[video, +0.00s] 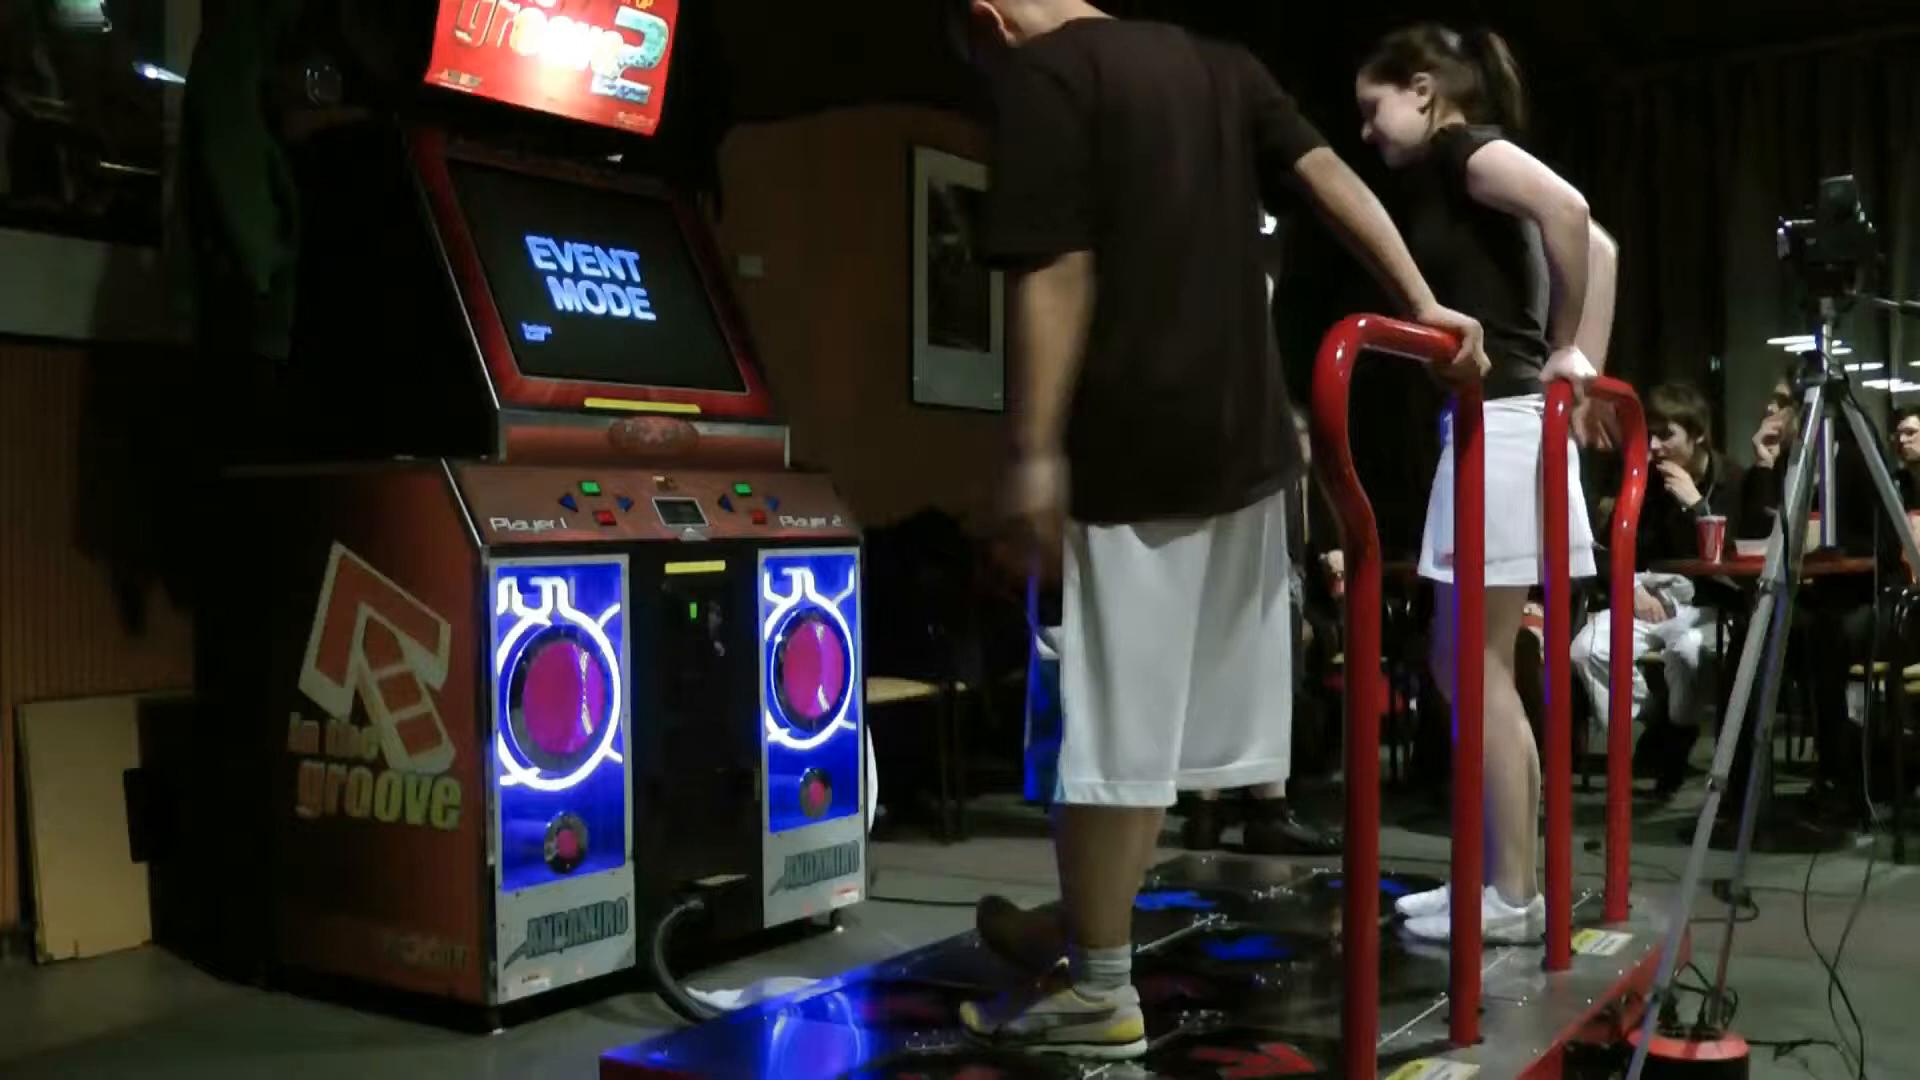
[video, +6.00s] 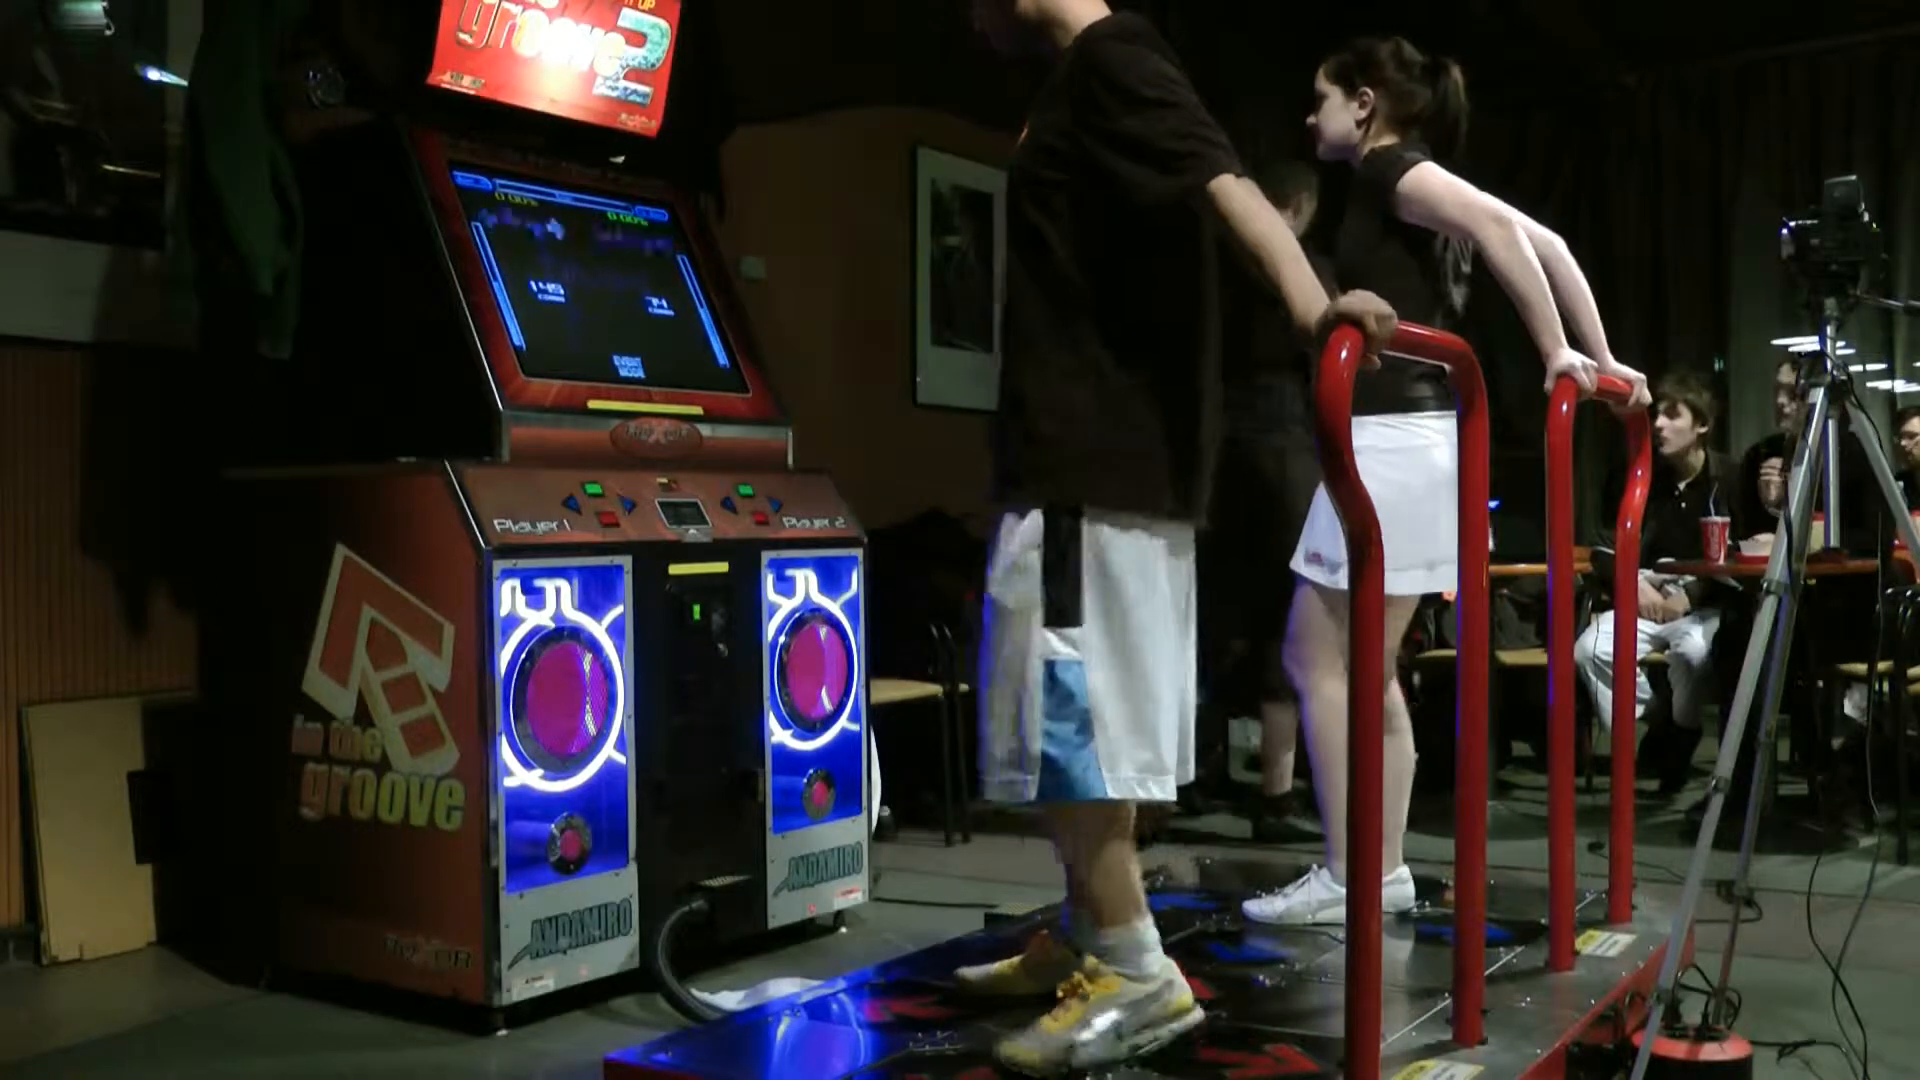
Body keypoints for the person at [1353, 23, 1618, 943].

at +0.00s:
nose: (1369, 124)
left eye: (1376, 104)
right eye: (1366, 108)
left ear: (1423, 90)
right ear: (1434, 97)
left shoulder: (1460, 149)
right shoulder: (1484, 162)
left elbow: (1567, 211)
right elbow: (1602, 242)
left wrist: (1574, 349)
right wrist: (1588, 361)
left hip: (1501, 429)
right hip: (1514, 426)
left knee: (1480, 667)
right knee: (1491, 667)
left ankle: (1509, 891)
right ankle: (1517, 885)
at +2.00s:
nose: (1311, 172)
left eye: (1314, 153)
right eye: (1307, 157)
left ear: (1347, 133)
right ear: (1373, 131)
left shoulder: (1419, 175)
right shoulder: (1423, 192)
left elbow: (1525, 210)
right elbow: (1557, 252)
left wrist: (1558, 348)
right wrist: (1601, 361)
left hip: (1442, 443)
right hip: (1439, 444)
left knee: (1423, 665)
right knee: (1414, 665)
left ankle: (1450, 885)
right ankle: (1452, 869)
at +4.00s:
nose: (1305, 133)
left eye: (1311, 114)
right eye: (1304, 117)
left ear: (1353, 106)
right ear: (1371, 109)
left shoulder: (1384, 166)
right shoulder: (1411, 172)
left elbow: (1501, 231)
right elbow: (1546, 245)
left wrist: (1559, 354)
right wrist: (1602, 359)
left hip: (1382, 438)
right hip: (1409, 439)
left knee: (1333, 655)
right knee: (1353, 657)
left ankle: (1346, 869)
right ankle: (1397, 859)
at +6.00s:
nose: (1312, 118)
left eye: (1322, 102)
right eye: (1314, 103)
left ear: (1368, 104)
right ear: (1388, 107)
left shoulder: (1385, 171)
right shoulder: (1414, 177)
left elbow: (1501, 229)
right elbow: (1550, 246)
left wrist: (1558, 353)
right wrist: (1602, 357)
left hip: (1381, 450)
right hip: (1425, 450)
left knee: (1319, 659)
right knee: (1375, 672)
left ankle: (1344, 874)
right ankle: (1385, 875)